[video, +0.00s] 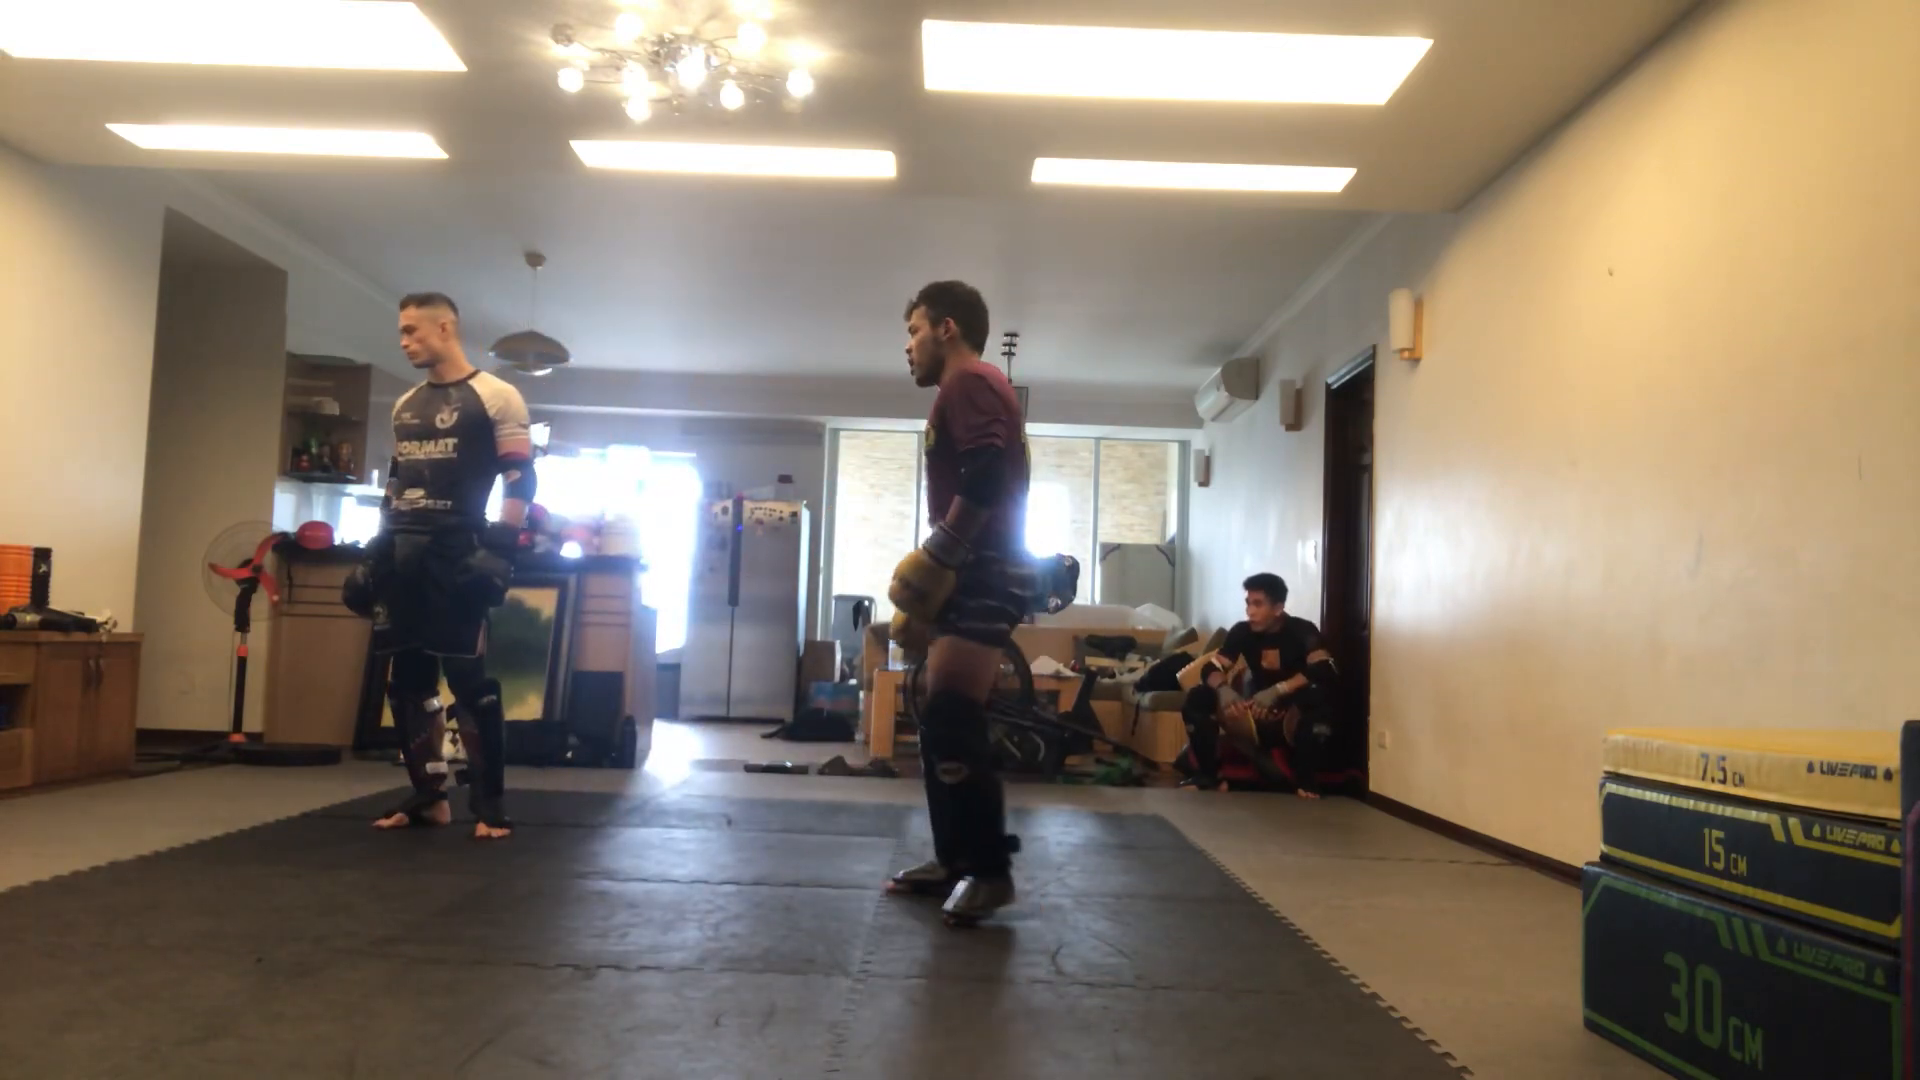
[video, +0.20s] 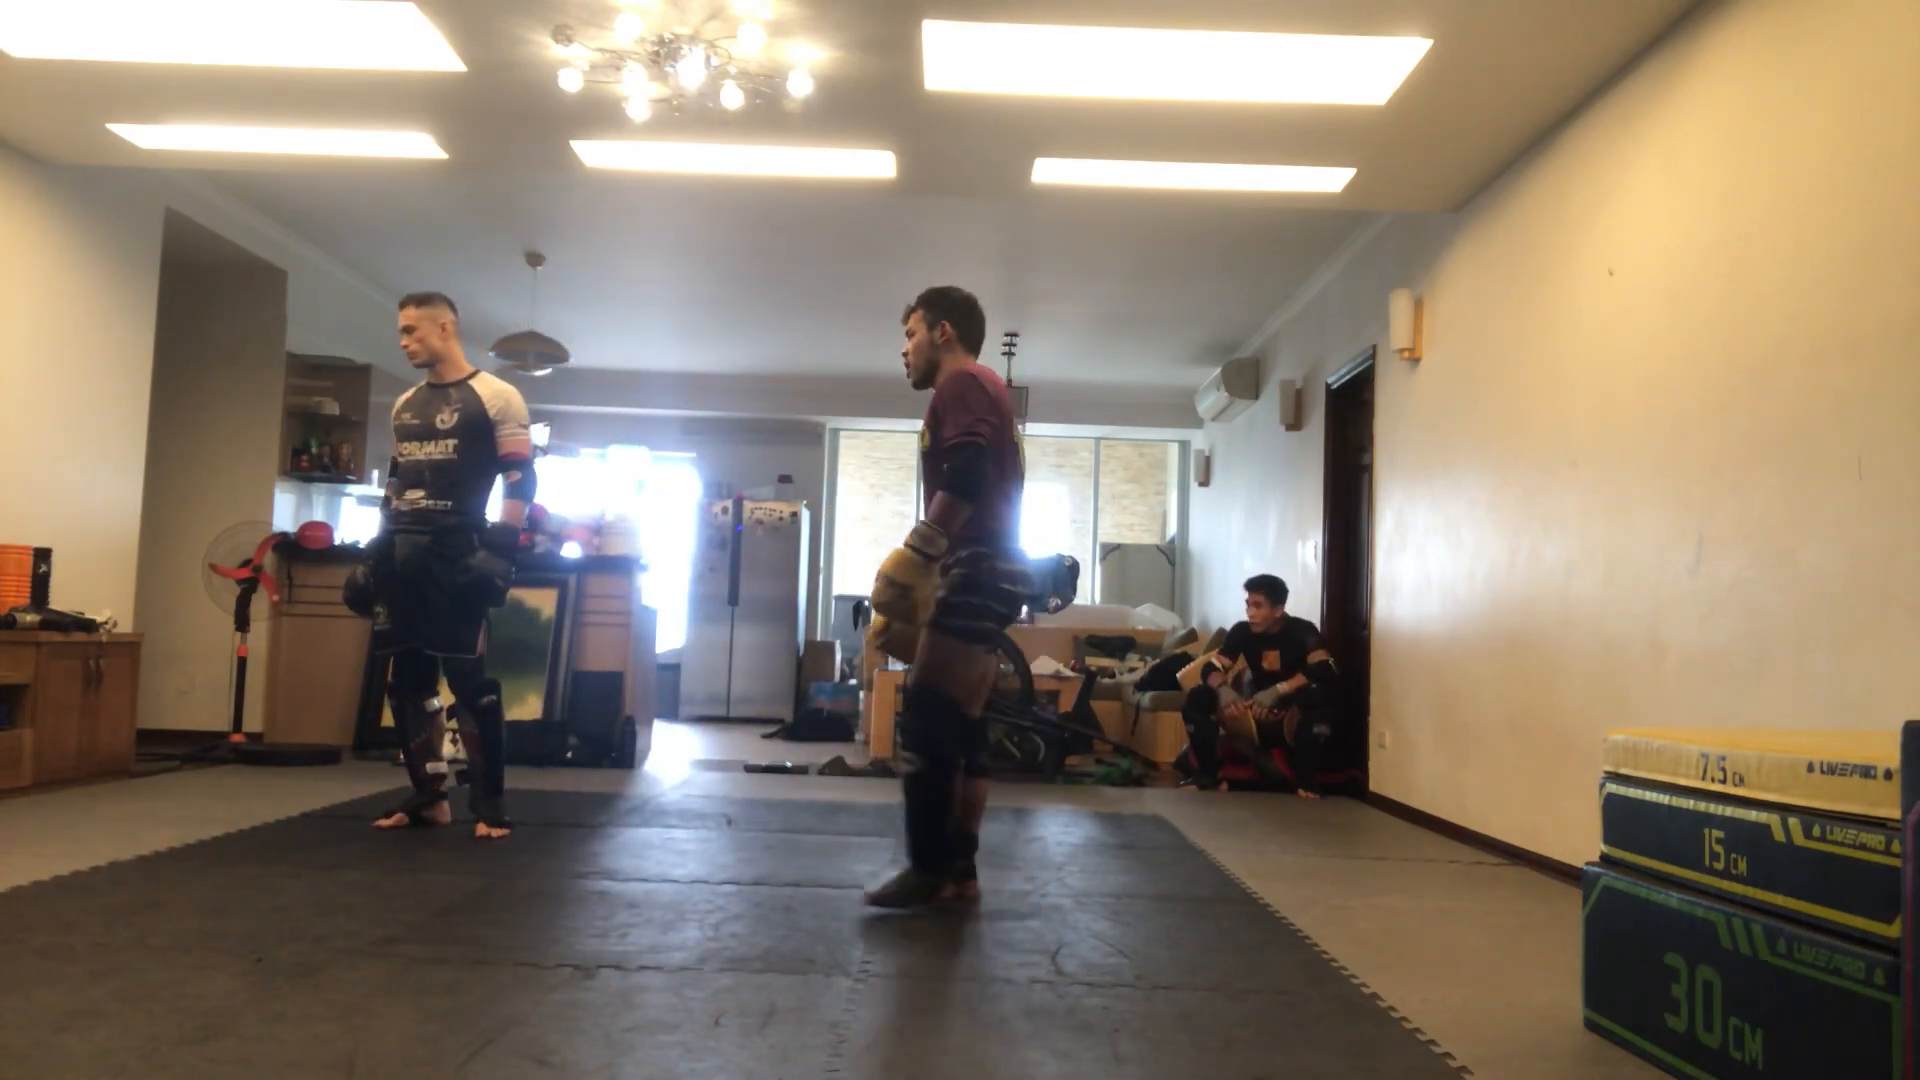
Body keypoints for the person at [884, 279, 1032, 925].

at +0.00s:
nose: (906, 344)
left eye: (913, 330)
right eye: (906, 332)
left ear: (948, 329)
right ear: (956, 332)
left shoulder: (969, 381)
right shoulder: (974, 385)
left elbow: (987, 481)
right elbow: (987, 491)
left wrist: (934, 559)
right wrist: (935, 573)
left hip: (985, 568)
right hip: (973, 568)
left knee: (952, 707)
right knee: (940, 707)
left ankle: (989, 872)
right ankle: (953, 860)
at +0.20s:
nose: (904, 347)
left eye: (911, 333)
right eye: (905, 335)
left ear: (944, 333)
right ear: (956, 337)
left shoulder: (962, 383)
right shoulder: (980, 388)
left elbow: (966, 483)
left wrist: (912, 562)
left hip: (975, 569)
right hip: (990, 568)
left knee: (929, 717)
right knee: (963, 726)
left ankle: (930, 869)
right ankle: (956, 872)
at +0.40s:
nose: (898, 345)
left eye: (905, 332)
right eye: (900, 333)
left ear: (937, 333)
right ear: (946, 337)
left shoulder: (953, 387)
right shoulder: (973, 392)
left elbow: (958, 481)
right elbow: (967, 497)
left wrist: (913, 566)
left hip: (961, 580)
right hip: (980, 580)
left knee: (908, 723)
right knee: (955, 734)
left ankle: (883, 859)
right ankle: (958, 868)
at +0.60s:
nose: (891, 339)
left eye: (898, 326)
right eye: (894, 327)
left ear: (929, 329)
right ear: (938, 333)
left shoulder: (943, 390)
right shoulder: (966, 392)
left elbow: (962, 483)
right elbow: (977, 492)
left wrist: (930, 575)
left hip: (944, 580)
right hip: (974, 581)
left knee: (896, 718)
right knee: (951, 732)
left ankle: (878, 859)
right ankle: (958, 866)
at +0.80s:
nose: (883, 335)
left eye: (890, 322)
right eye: (886, 322)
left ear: (921, 328)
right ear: (928, 331)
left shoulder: (933, 398)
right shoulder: (950, 397)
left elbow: (935, 505)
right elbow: (940, 509)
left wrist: (911, 593)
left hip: (922, 583)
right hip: (947, 585)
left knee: (889, 729)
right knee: (941, 734)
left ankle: (876, 866)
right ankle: (957, 865)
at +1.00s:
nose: (866, 337)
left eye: (873, 325)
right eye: (868, 325)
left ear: (902, 330)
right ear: (913, 332)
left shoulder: (921, 401)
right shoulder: (933, 397)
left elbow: (910, 517)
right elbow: (917, 516)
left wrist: (869, 600)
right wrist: (884, 595)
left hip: (910, 591)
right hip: (924, 590)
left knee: (881, 733)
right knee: (918, 736)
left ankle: (875, 867)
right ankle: (951, 862)